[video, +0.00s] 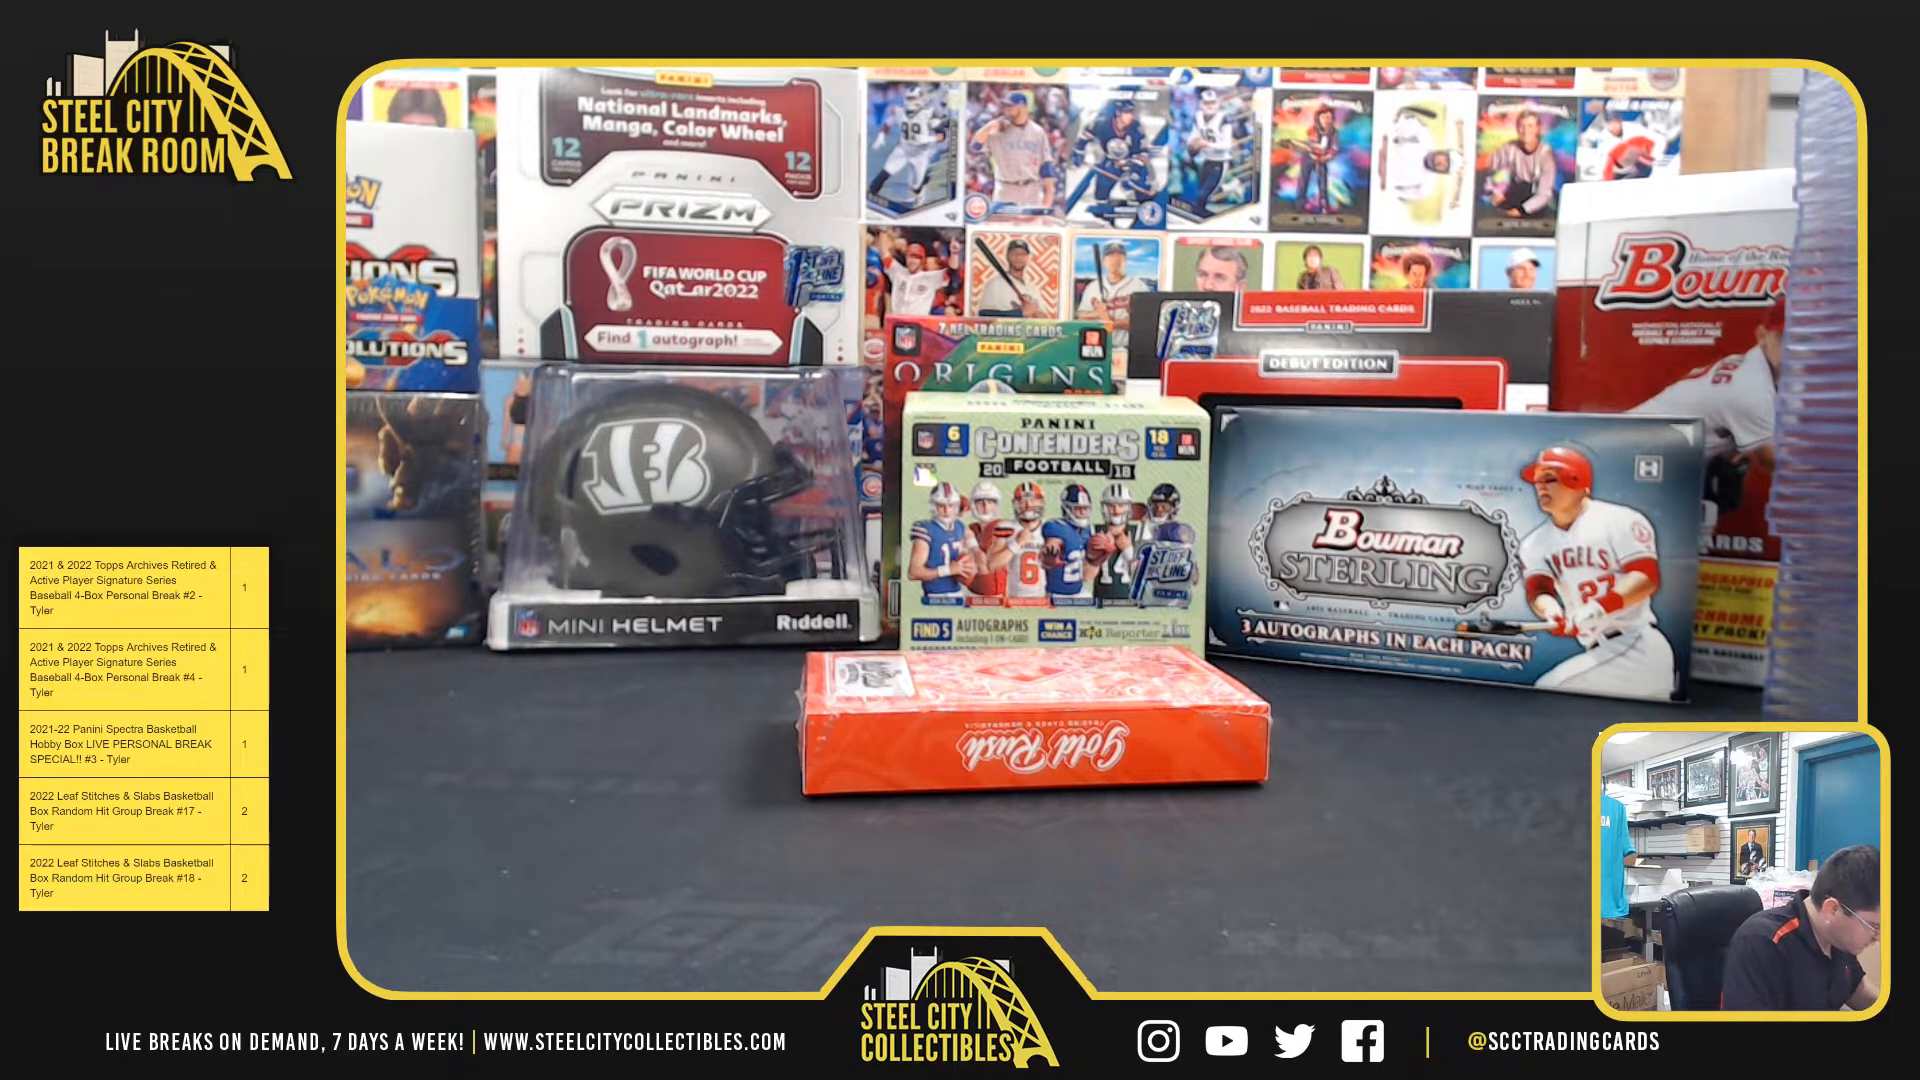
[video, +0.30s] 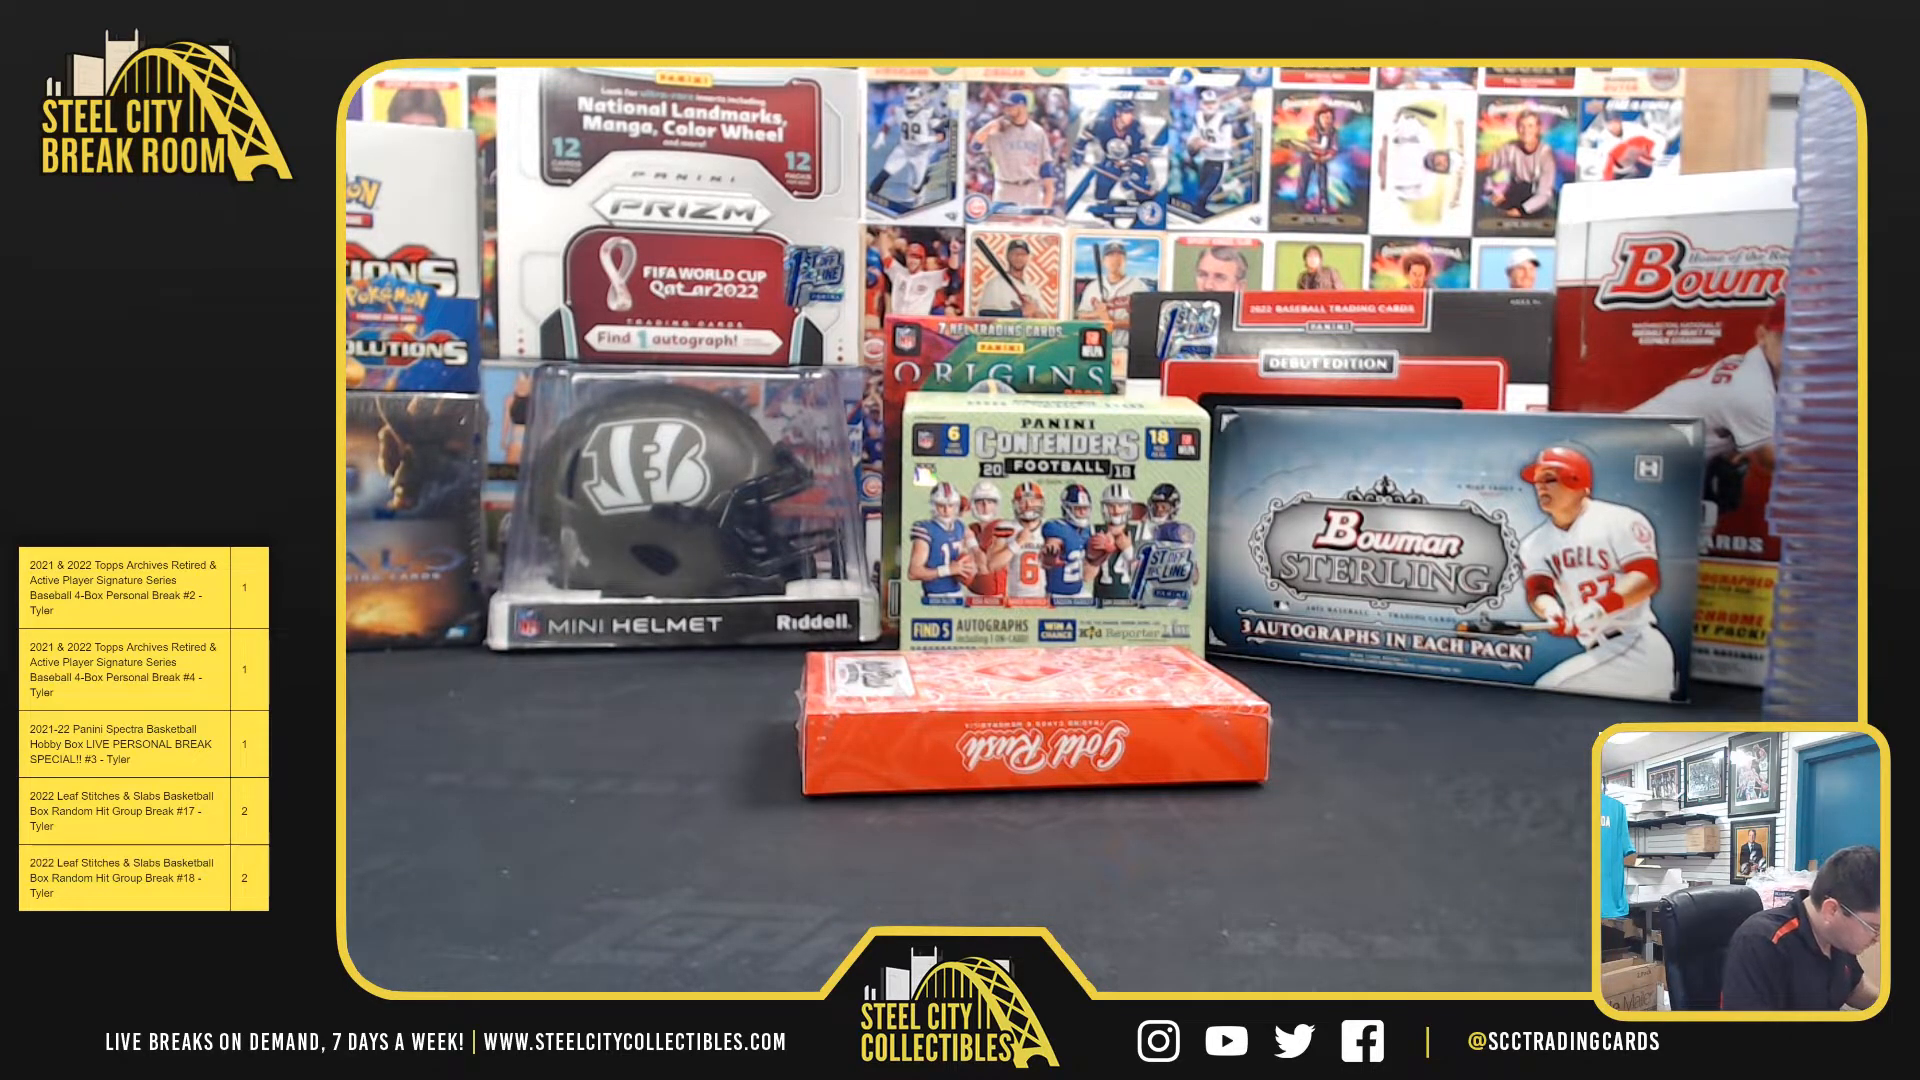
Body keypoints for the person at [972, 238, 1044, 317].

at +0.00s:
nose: (1019, 258)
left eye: (1023, 254)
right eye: (1015, 254)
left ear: (1028, 258)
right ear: (1008, 256)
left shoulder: (1032, 288)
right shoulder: (995, 284)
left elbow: (1045, 317)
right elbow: (985, 314)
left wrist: (1034, 310)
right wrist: (1020, 313)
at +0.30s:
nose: (1019, 258)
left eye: (1023, 254)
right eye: (1015, 254)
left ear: (1028, 258)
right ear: (1008, 256)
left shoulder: (1032, 288)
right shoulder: (995, 284)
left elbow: (1045, 317)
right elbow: (985, 314)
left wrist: (1034, 310)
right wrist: (1020, 313)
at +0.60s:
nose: (1019, 258)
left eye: (1023, 254)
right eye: (1015, 254)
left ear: (1028, 258)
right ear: (1008, 256)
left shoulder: (1032, 288)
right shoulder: (995, 284)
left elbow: (1045, 317)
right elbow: (985, 314)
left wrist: (1034, 310)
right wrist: (1020, 313)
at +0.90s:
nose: (1019, 258)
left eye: (1023, 254)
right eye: (1015, 254)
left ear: (1028, 258)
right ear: (1008, 256)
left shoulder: (1032, 288)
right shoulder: (995, 284)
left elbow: (1045, 317)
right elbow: (985, 314)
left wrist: (1034, 310)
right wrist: (1020, 313)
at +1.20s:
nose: (1019, 257)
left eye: (1023, 254)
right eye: (1015, 254)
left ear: (1028, 258)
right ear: (1008, 256)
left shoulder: (1032, 288)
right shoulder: (995, 285)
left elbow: (1044, 317)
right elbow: (985, 315)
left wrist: (1033, 311)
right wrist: (1020, 313)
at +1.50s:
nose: (1019, 257)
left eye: (1023, 254)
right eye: (1015, 254)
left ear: (1028, 258)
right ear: (1008, 256)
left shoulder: (1033, 288)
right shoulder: (995, 285)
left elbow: (1044, 317)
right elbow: (985, 315)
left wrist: (1033, 310)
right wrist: (1020, 313)